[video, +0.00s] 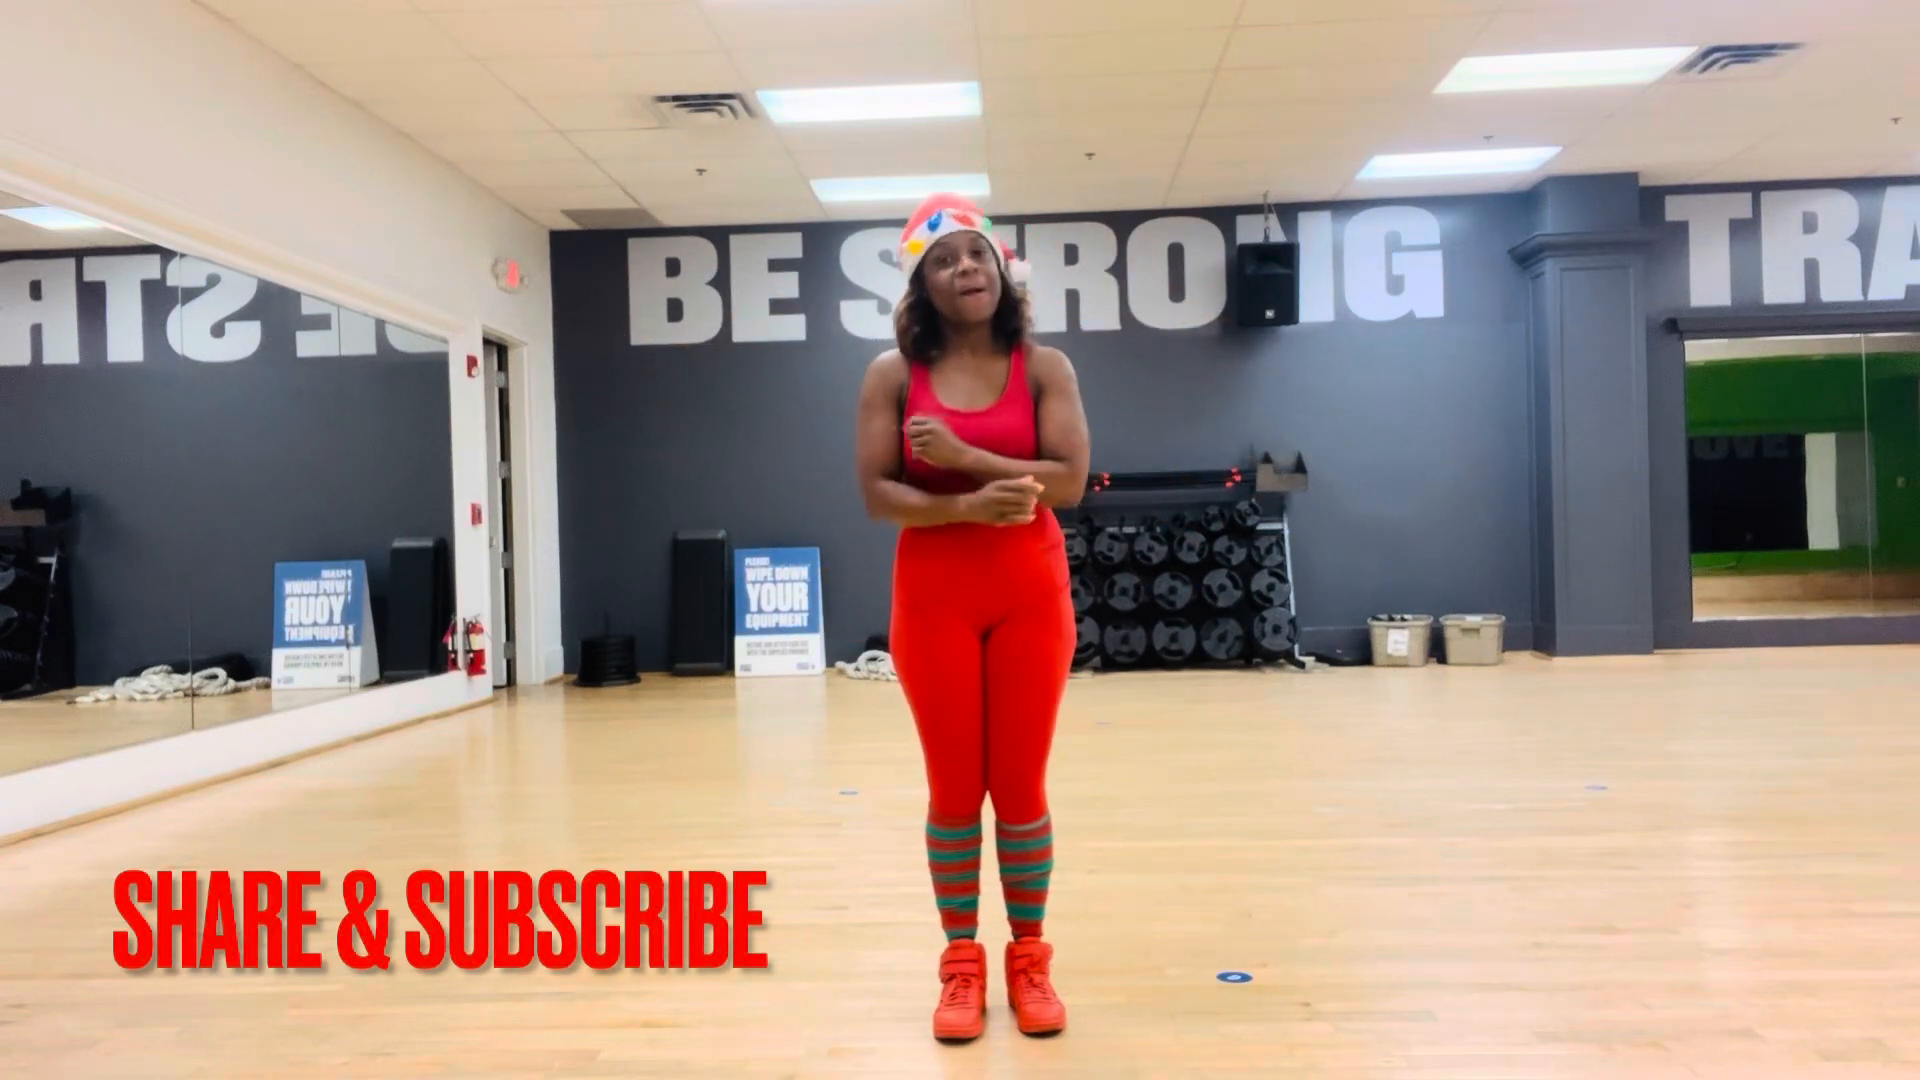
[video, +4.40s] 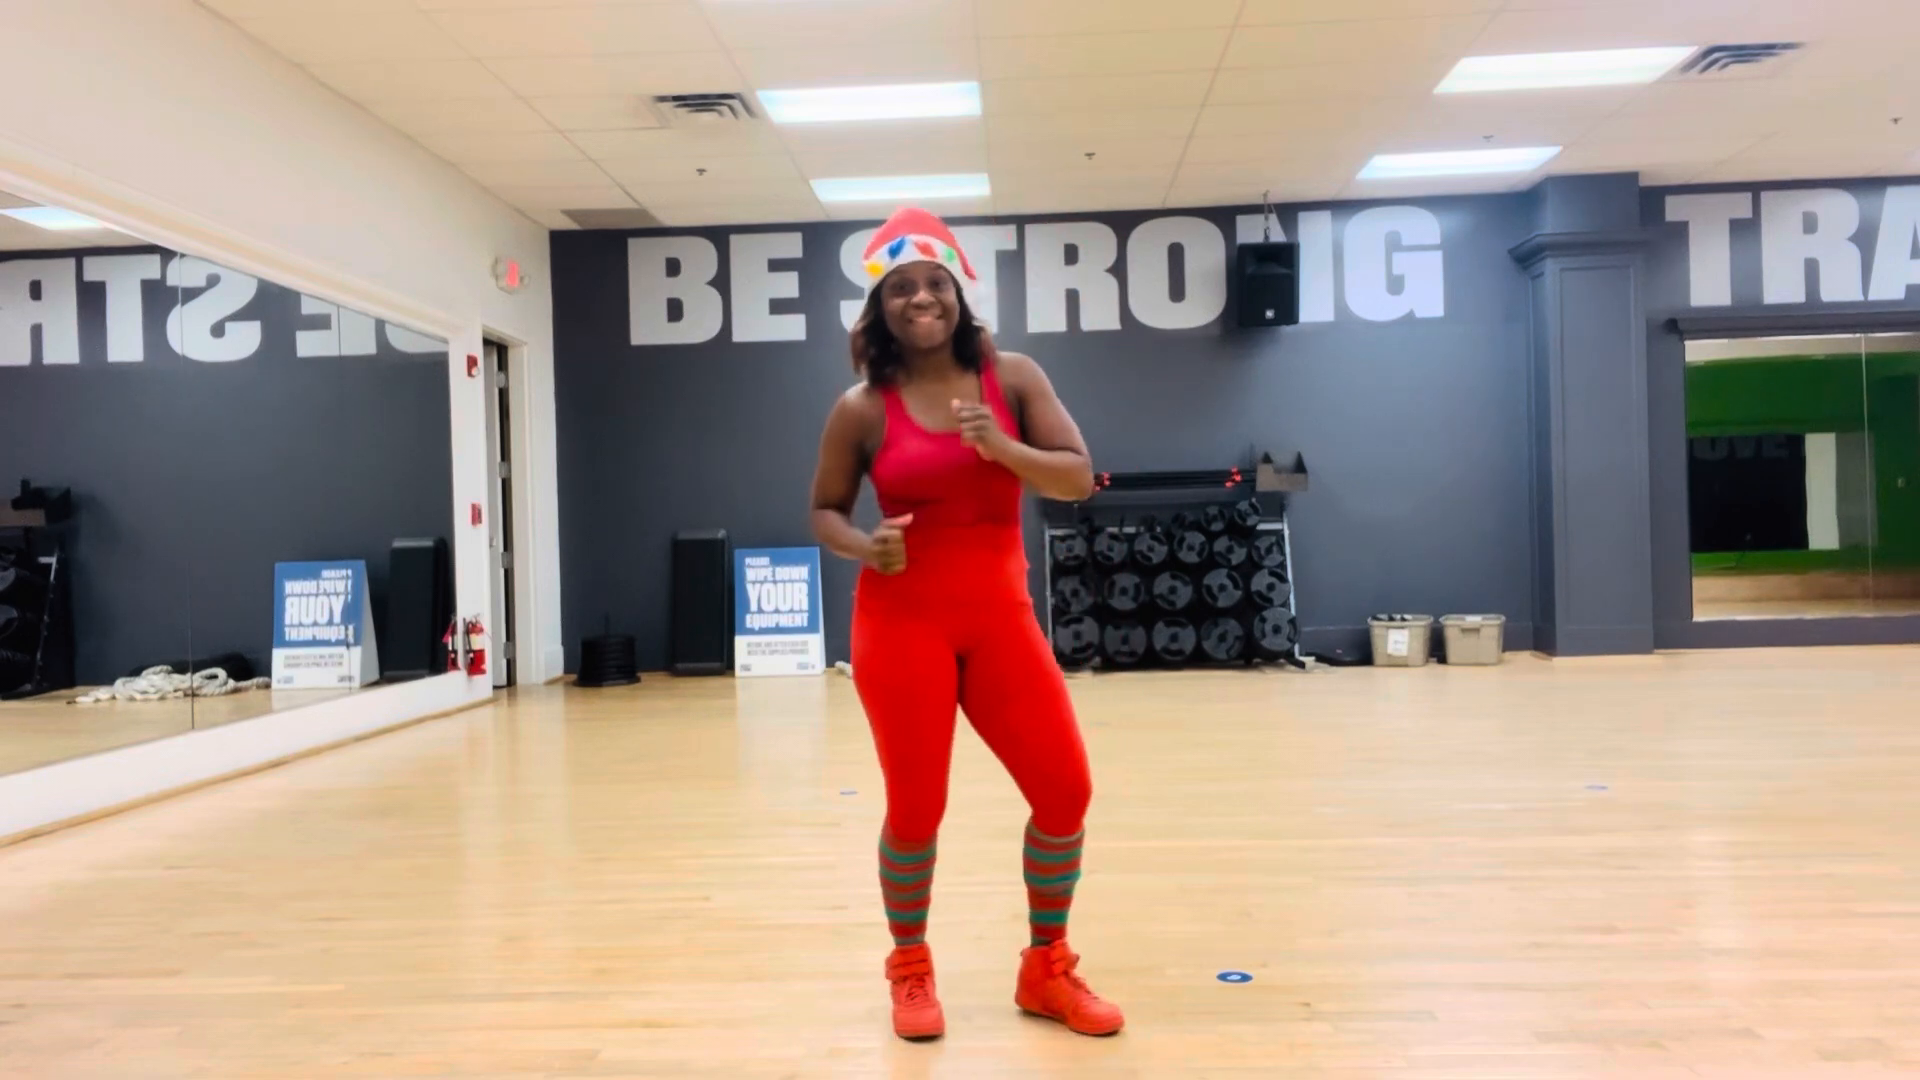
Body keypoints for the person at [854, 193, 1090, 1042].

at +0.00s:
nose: (966, 270)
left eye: (977, 255)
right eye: (945, 262)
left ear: (1002, 268)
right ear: (922, 285)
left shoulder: (1045, 365)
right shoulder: (892, 375)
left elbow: (1071, 482)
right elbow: (876, 495)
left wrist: (966, 456)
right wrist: (969, 504)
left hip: (1032, 592)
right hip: (934, 596)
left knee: (1019, 782)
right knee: (955, 785)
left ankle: (1031, 966)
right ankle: (962, 969)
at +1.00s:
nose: (998, 281)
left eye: (1017, 268)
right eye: (984, 264)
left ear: (1043, 287)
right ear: (962, 279)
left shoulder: (1079, 380)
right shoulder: (916, 371)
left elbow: (1117, 489)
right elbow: (867, 474)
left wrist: (1069, 500)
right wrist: (920, 485)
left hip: (1049, 604)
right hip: (946, 604)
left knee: (1041, 791)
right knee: (950, 796)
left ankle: (1052, 960)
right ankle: (963, 970)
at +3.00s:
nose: (964, 285)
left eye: (983, 272)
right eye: (949, 270)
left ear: (1008, 288)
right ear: (928, 284)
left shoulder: (1048, 378)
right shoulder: (889, 374)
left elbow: (1101, 483)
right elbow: (835, 482)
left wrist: (1051, 500)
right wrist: (889, 481)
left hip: (1046, 603)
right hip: (942, 610)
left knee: (1060, 789)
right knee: (942, 800)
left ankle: (1090, 959)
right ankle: (928, 970)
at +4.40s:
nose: (922, 299)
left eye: (935, 283)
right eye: (903, 289)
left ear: (960, 295)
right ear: (882, 312)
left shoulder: (1012, 376)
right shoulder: (862, 409)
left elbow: (1077, 477)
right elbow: (822, 512)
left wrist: (1006, 450)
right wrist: (864, 544)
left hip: (1000, 611)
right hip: (903, 616)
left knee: (1064, 786)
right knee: (915, 806)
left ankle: (1047, 969)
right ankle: (911, 973)